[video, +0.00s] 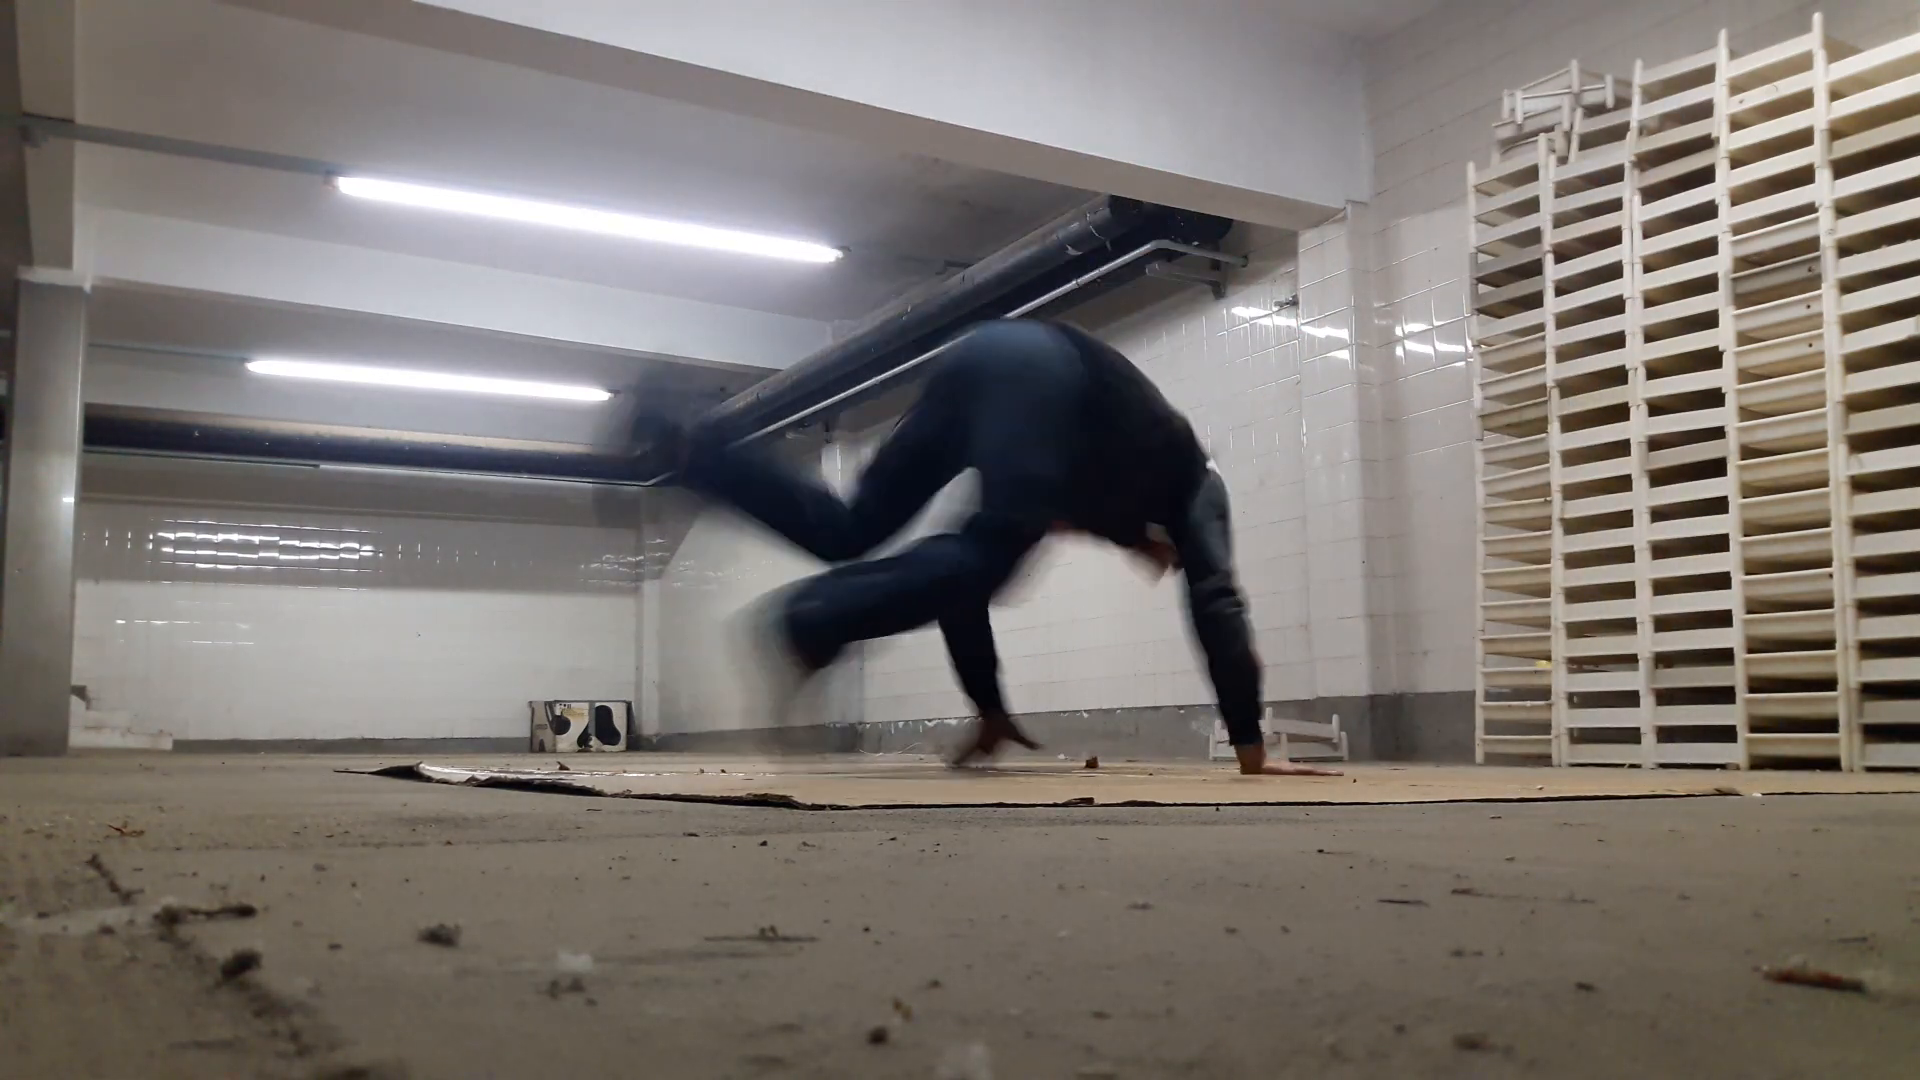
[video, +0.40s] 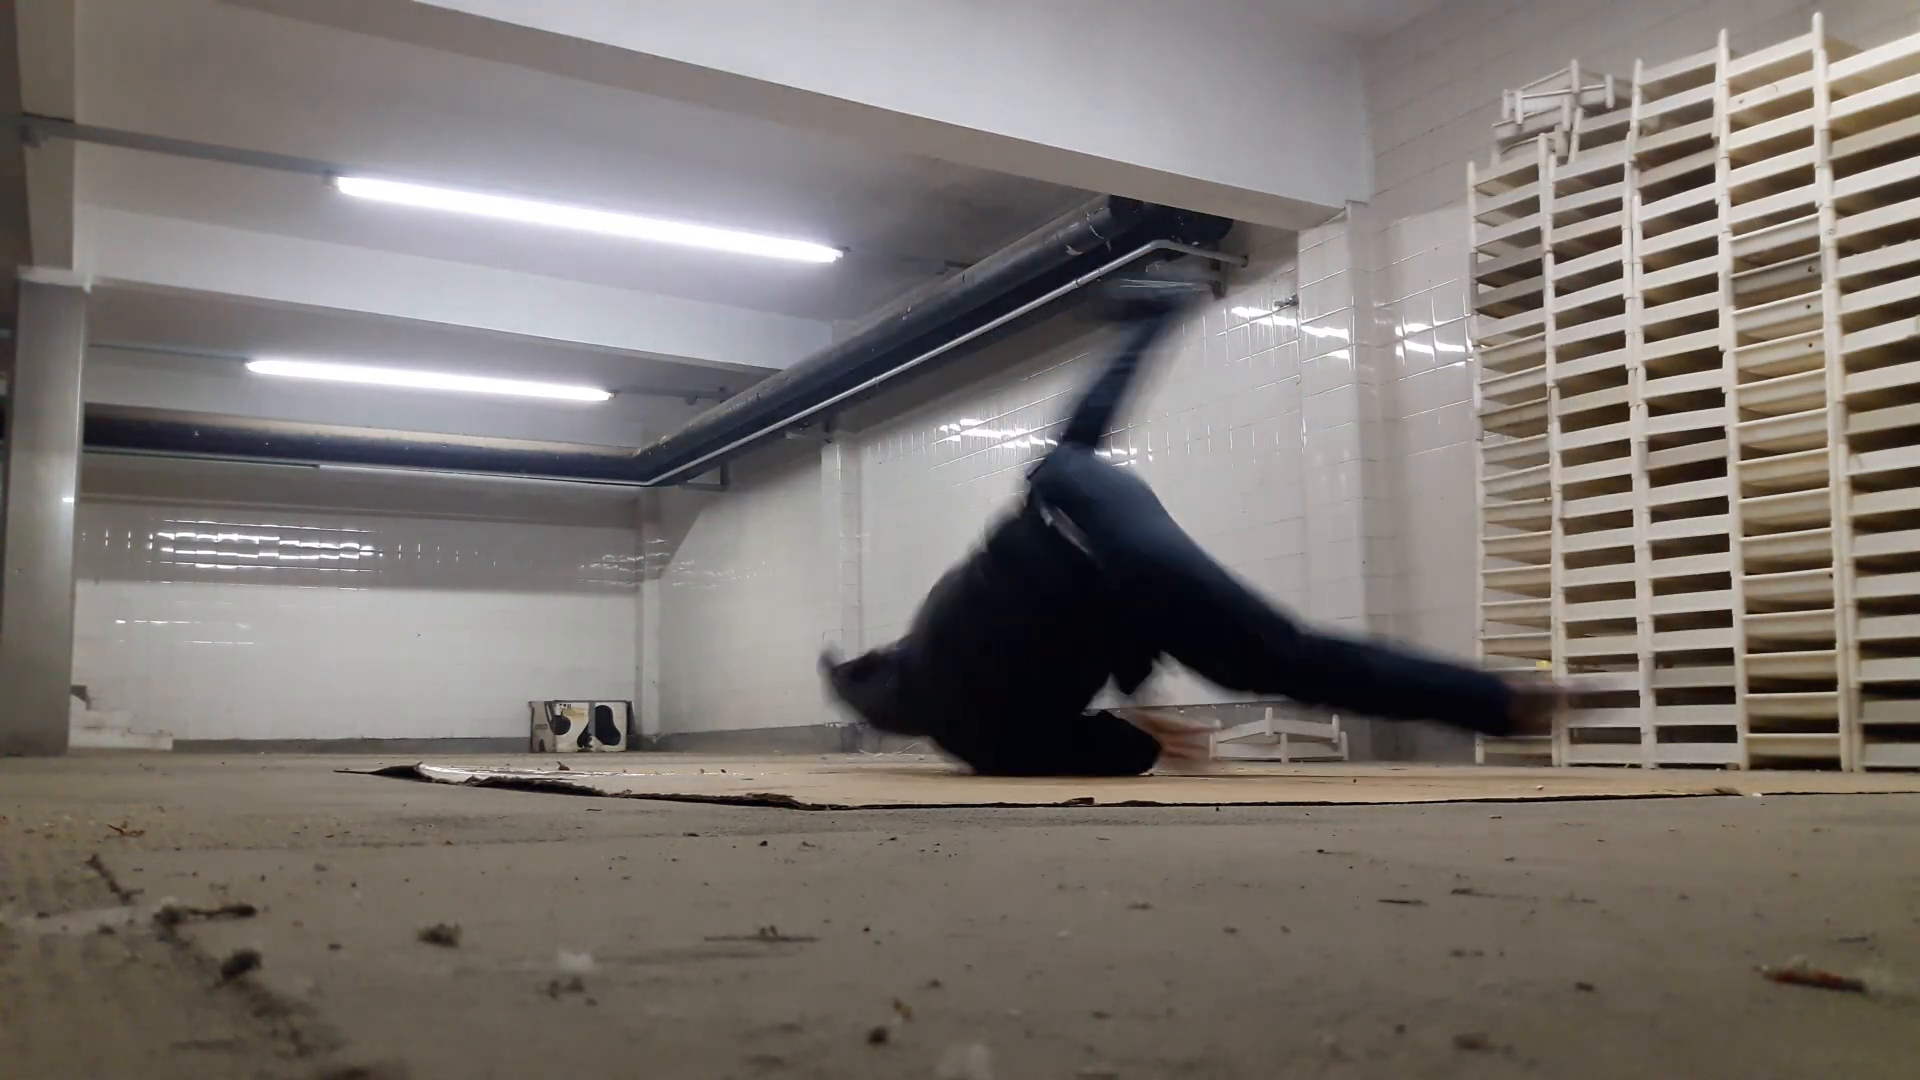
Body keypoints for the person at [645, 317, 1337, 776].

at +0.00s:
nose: (1151, 565)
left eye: (1152, 563)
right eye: (1161, 559)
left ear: (1134, 537)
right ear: (1175, 526)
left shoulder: (1067, 493)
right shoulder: (1190, 485)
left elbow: (960, 584)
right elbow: (1217, 602)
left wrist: (991, 714)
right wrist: (1251, 748)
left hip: (971, 357)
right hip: (1043, 367)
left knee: (851, 529)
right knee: (971, 561)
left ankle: (690, 447)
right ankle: (805, 622)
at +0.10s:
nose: (1108, 627)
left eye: (1099, 625)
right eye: (1111, 622)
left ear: (1067, 587)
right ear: (1119, 588)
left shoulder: (1022, 554)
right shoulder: (1149, 539)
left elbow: (987, 655)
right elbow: (1225, 612)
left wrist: (1039, 756)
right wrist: (1252, 751)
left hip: (1023, 400)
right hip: (1110, 413)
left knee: (839, 447)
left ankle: (718, 251)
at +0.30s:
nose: (969, 718)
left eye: (958, 705)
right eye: (962, 707)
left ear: (952, 681)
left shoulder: (988, 682)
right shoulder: (1082, 599)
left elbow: (1087, 757)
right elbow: (1181, 637)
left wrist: (1020, 760)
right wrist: (1245, 745)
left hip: (1054, 474)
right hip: (1081, 429)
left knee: (1230, 564)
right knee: (1215, 483)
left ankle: (1408, 582)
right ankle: (1343, 345)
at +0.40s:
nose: (870, 696)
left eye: (867, 703)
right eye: (869, 689)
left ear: (878, 721)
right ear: (888, 675)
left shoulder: (991, 745)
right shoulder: (938, 641)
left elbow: (1095, 746)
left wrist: (1153, 747)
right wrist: (1142, 725)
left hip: (1096, 549)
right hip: (1070, 500)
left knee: (1280, 659)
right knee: (1074, 446)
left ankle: (1509, 705)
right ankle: (1158, 316)